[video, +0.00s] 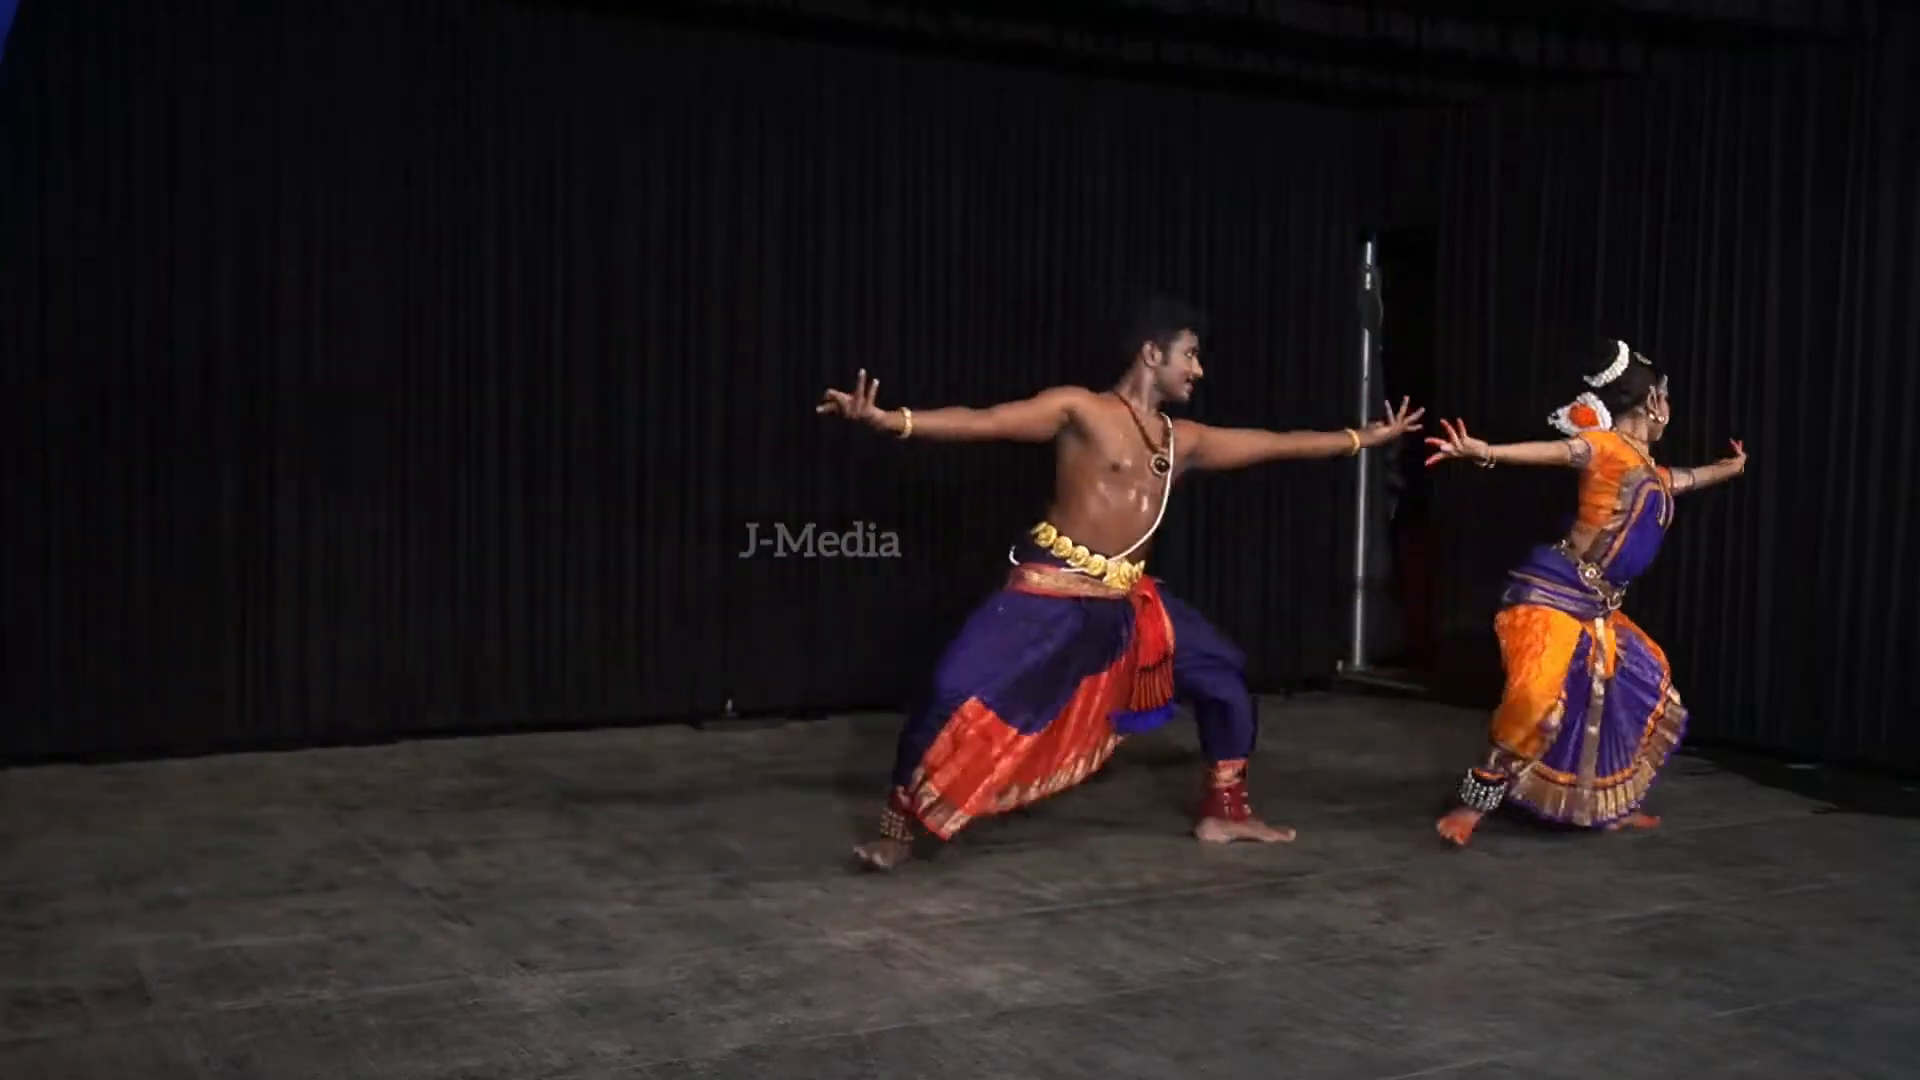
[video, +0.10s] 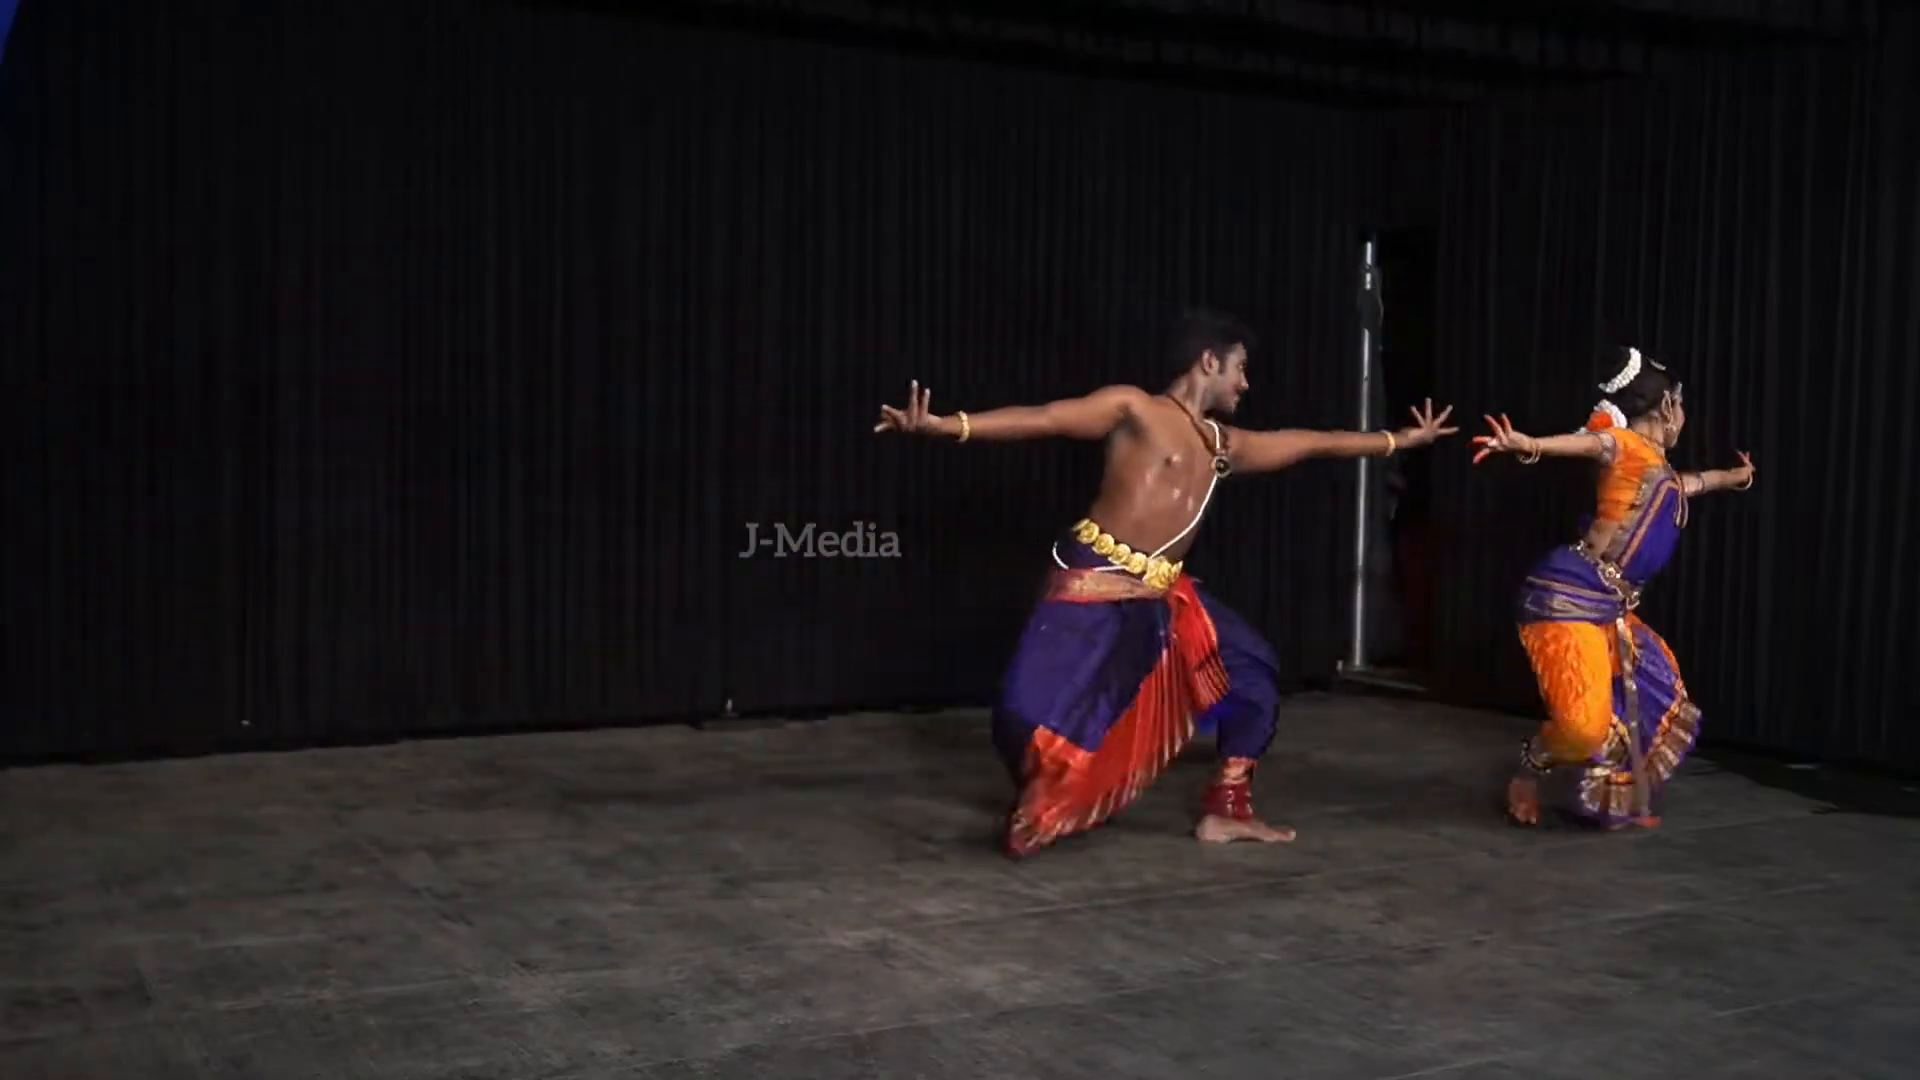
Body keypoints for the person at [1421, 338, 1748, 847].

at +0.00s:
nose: (1669, 407)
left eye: (1666, 398)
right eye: (1665, 398)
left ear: (1637, 406)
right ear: (1650, 405)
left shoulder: (1653, 472)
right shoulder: (1605, 446)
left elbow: (1690, 478)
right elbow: (1553, 452)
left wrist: (1735, 467)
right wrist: (1488, 451)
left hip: (1599, 612)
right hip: (1551, 598)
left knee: (1651, 690)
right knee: (1535, 696)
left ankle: (1606, 802)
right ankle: (1476, 803)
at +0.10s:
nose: (1683, 415)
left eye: (1681, 405)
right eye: (1680, 404)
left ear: (1652, 410)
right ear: (1664, 408)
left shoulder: (1664, 475)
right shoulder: (1624, 443)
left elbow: (1699, 481)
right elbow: (1587, 444)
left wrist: (1734, 477)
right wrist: (1531, 444)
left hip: (1611, 614)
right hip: (1567, 603)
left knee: (1663, 696)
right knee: (1584, 728)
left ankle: (1617, 800)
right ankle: (1531, 765)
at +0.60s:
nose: (1713, 407)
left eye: (1710, 395)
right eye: (1707, 395)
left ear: (1683, 399)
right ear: (1683, 399)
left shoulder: (1685, 461)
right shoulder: (1650, 440)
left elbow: (1724, 481)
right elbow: (1624, 462)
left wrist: (1762, 457)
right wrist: (1599, 445)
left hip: (1635, 600)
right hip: (1592, 599)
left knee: (1692, 684)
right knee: (1627, 714)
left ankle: (1645, 804)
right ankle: (1597, 774)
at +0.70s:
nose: (1715, 390)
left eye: (1716, 380)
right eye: (1703, 377)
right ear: (1666, 387)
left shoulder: (1683, 456)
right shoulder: (1641, 442)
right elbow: (1597, 486)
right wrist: (1626, 464)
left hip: (1639, 601)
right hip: (1589, 598)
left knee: (1696, 688)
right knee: (1620, 720)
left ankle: (1644, 804)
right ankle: (1592, 773)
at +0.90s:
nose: (1676, 375)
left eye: (1680, 365)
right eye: (1662, 363)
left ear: (1681, 379)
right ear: (1626, 373)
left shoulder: (1678, 441)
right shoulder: (1603, 433)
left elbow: (1736, 444)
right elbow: (1565, 473)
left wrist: (1751, 466)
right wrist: (1643, 492)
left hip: (1629, 595)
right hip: (1569, 587)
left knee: (1686, 672)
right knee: (1553, 677)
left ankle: (1640, 799)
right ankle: (1537, 819)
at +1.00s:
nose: (1651, 362)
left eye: (1656, 352)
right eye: (1637, 350)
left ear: (1658, 364)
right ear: (1602, 360)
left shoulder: (1652, 430)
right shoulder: (1577, 421)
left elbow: (1718, 441)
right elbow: (1544, 462)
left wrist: (1724, 456)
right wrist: (1621, 494)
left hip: (1600, 588)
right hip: (1540, 580)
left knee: (1656, 666)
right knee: (1522, 685)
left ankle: (1647, 795)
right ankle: (1522, 830)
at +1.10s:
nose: (1626, 353)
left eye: (1631, 343)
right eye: (1612, 340)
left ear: (1632, 353)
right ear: (1576, 350)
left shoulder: (1624, 424)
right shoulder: (1548, 412)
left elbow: (1696, 439)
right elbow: (1520, 450)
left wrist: (1699, 455)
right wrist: (1594, 488)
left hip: (1566, 585)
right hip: (1506, 579)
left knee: (1627, 659)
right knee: (1501, 697)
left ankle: (1610, 794)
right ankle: (1520, 840)